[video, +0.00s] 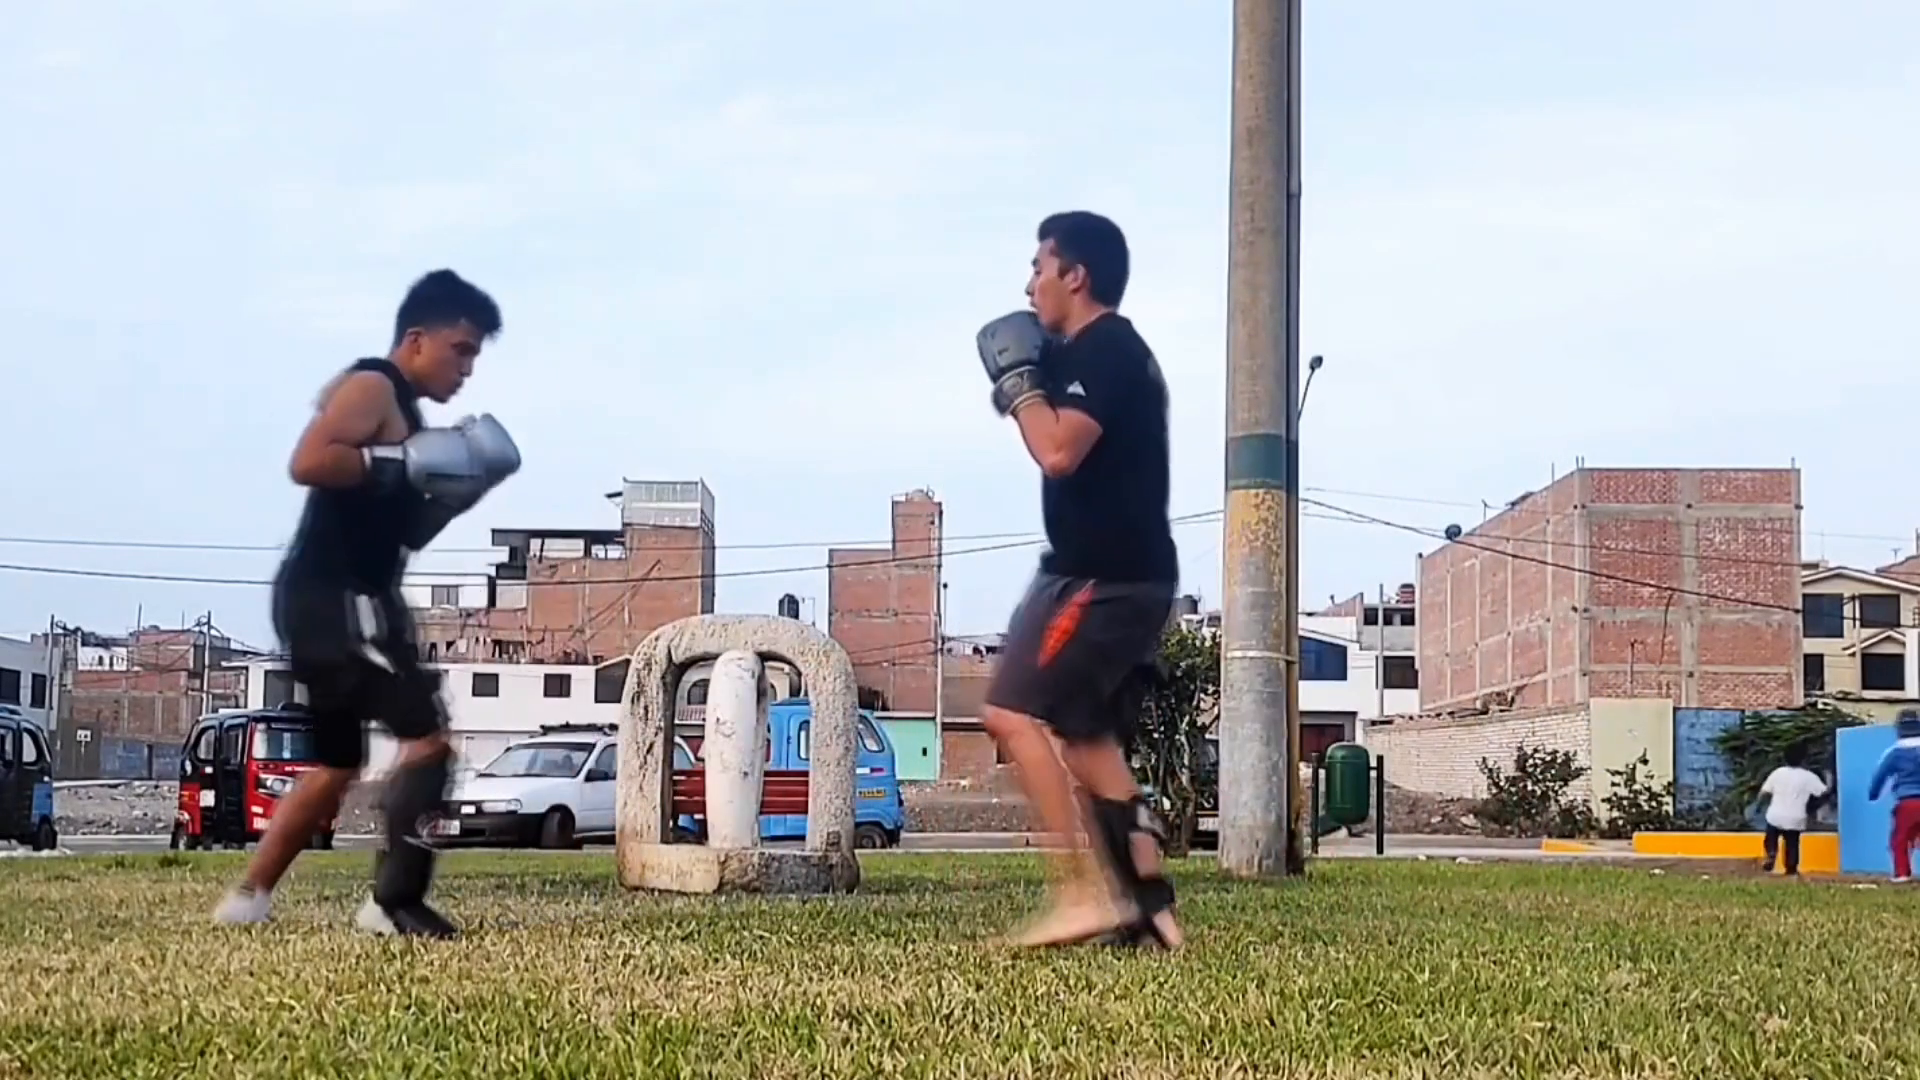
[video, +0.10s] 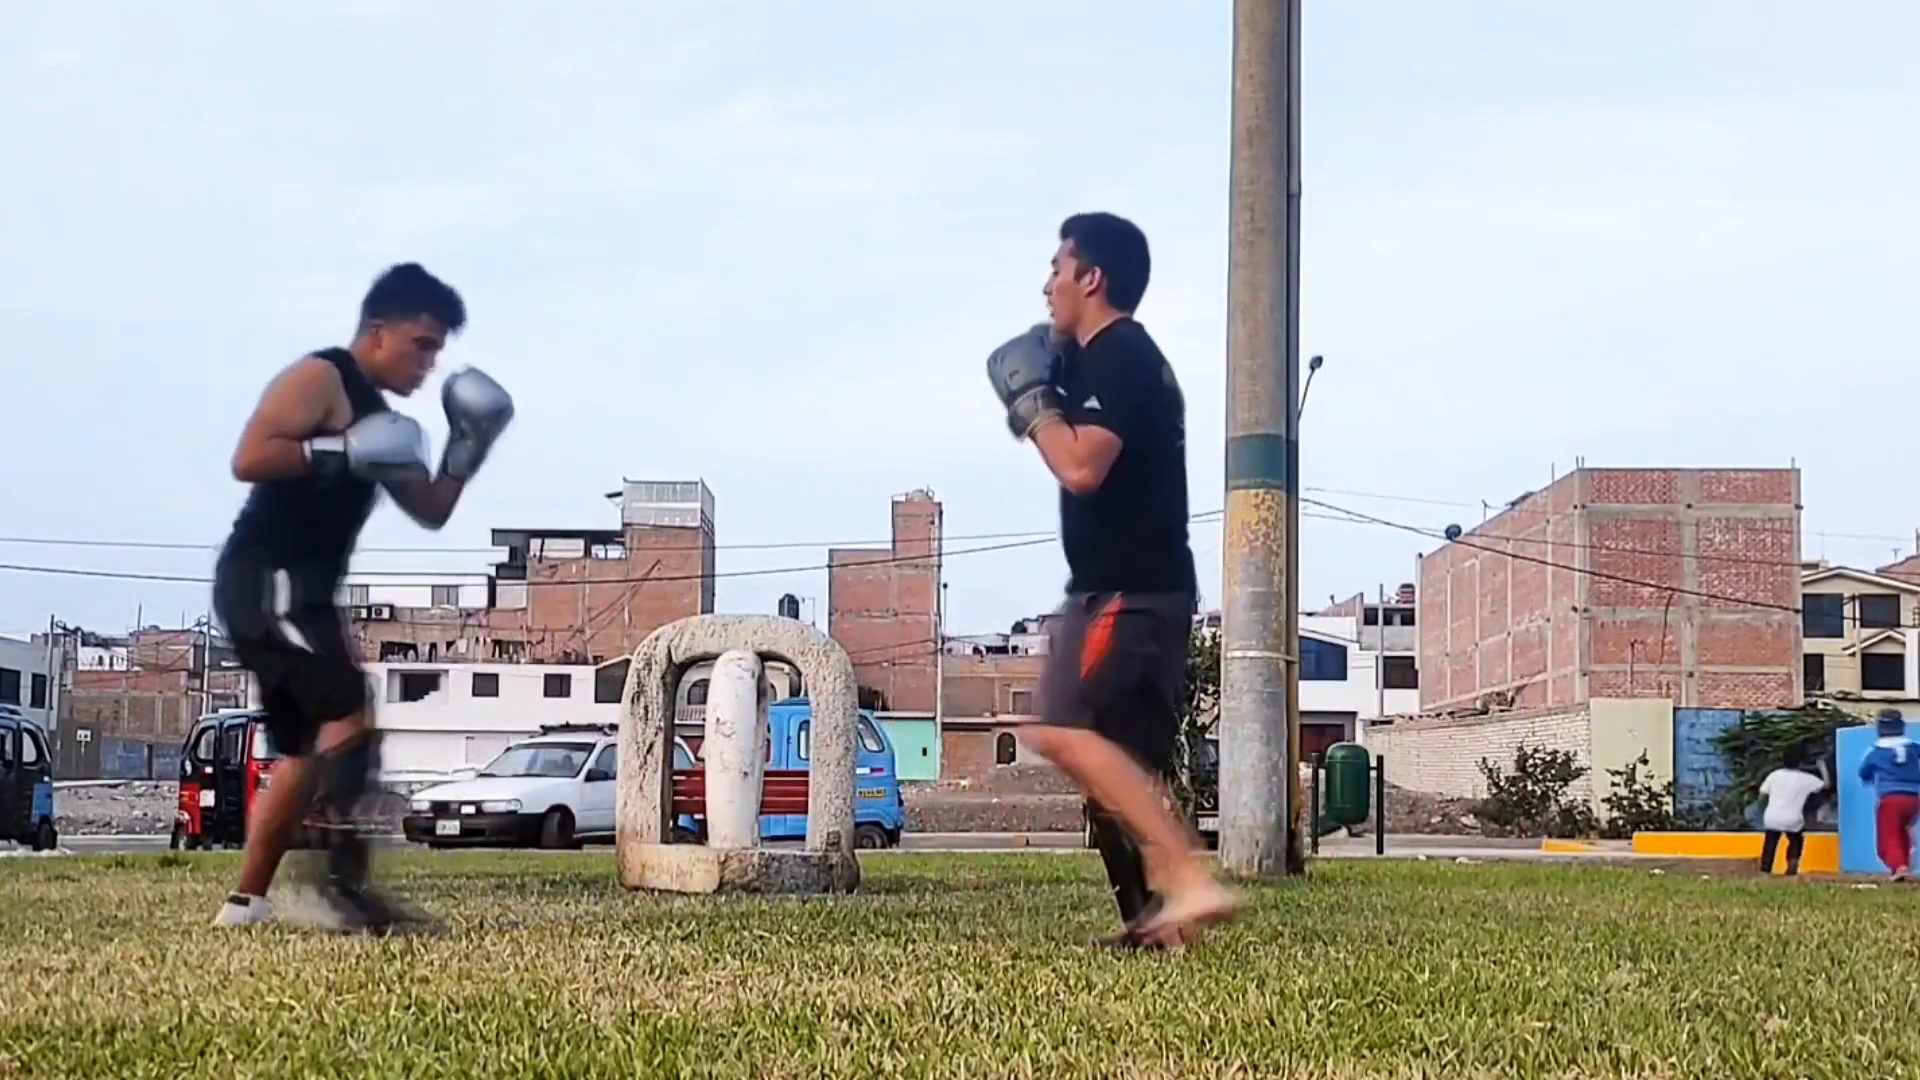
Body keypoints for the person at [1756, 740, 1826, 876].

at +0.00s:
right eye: (1801, 756)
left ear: (1786, 757)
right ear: (1802, 759)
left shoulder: (1778, 773)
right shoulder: (1807, 776)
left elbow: (1764, 791)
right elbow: (1823, 792)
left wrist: (1758, 806)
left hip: (1775, 817)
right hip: (1795, 818)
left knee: (1771, 835)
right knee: (1792, 845)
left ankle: (1770, 856)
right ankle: (1791, 869)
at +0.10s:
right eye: (1798, 760)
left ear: (1784, 760)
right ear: (1799, 762)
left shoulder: (1775, 775)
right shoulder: (1806, 779)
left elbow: (1762, 793)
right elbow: (1826, 785)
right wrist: (1823, 766)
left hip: (1772, 818)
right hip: (1792, 820)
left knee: (1770, 844)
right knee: (1796, 841)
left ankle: (1765, 868)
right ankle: (1792, 867)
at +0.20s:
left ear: (1787, 765)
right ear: (1802, 767)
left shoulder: (1778, 777)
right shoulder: (1807, 780)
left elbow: (1767, 793)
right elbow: (1828, 782)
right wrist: (1826, 762)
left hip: (1770, 820)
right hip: (1791, 822)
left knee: (1768, 844)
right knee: (1798, 841)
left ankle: (1765, 869)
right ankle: (1792, 869)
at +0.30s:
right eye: (1806, 762)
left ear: (1790, 762)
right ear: (1805, 764)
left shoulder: (1784, 774)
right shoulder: (1808, 779)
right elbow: (1828, 777)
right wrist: (1826, 760)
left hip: (1773, 818)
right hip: (1791, 822)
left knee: (1769, 843)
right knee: (1796, 848)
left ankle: (1762, 859)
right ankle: (1792, 871)